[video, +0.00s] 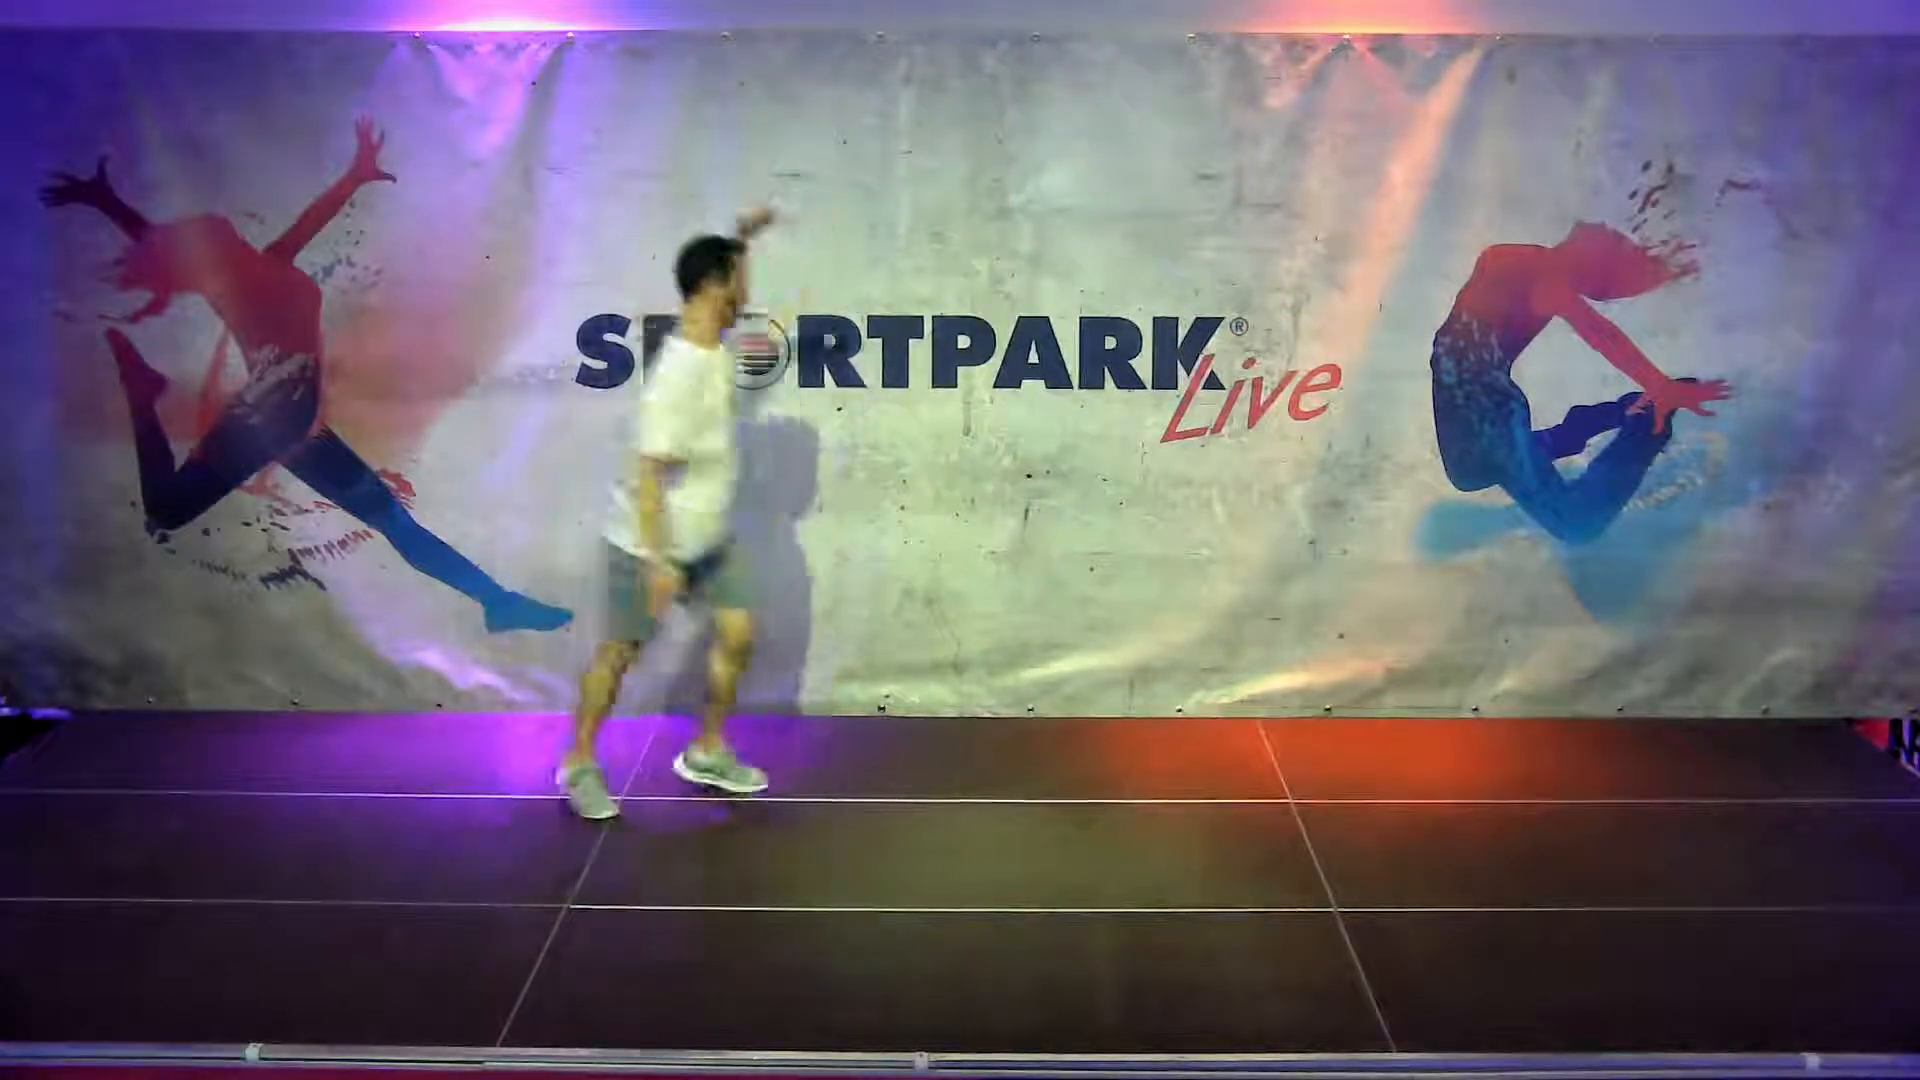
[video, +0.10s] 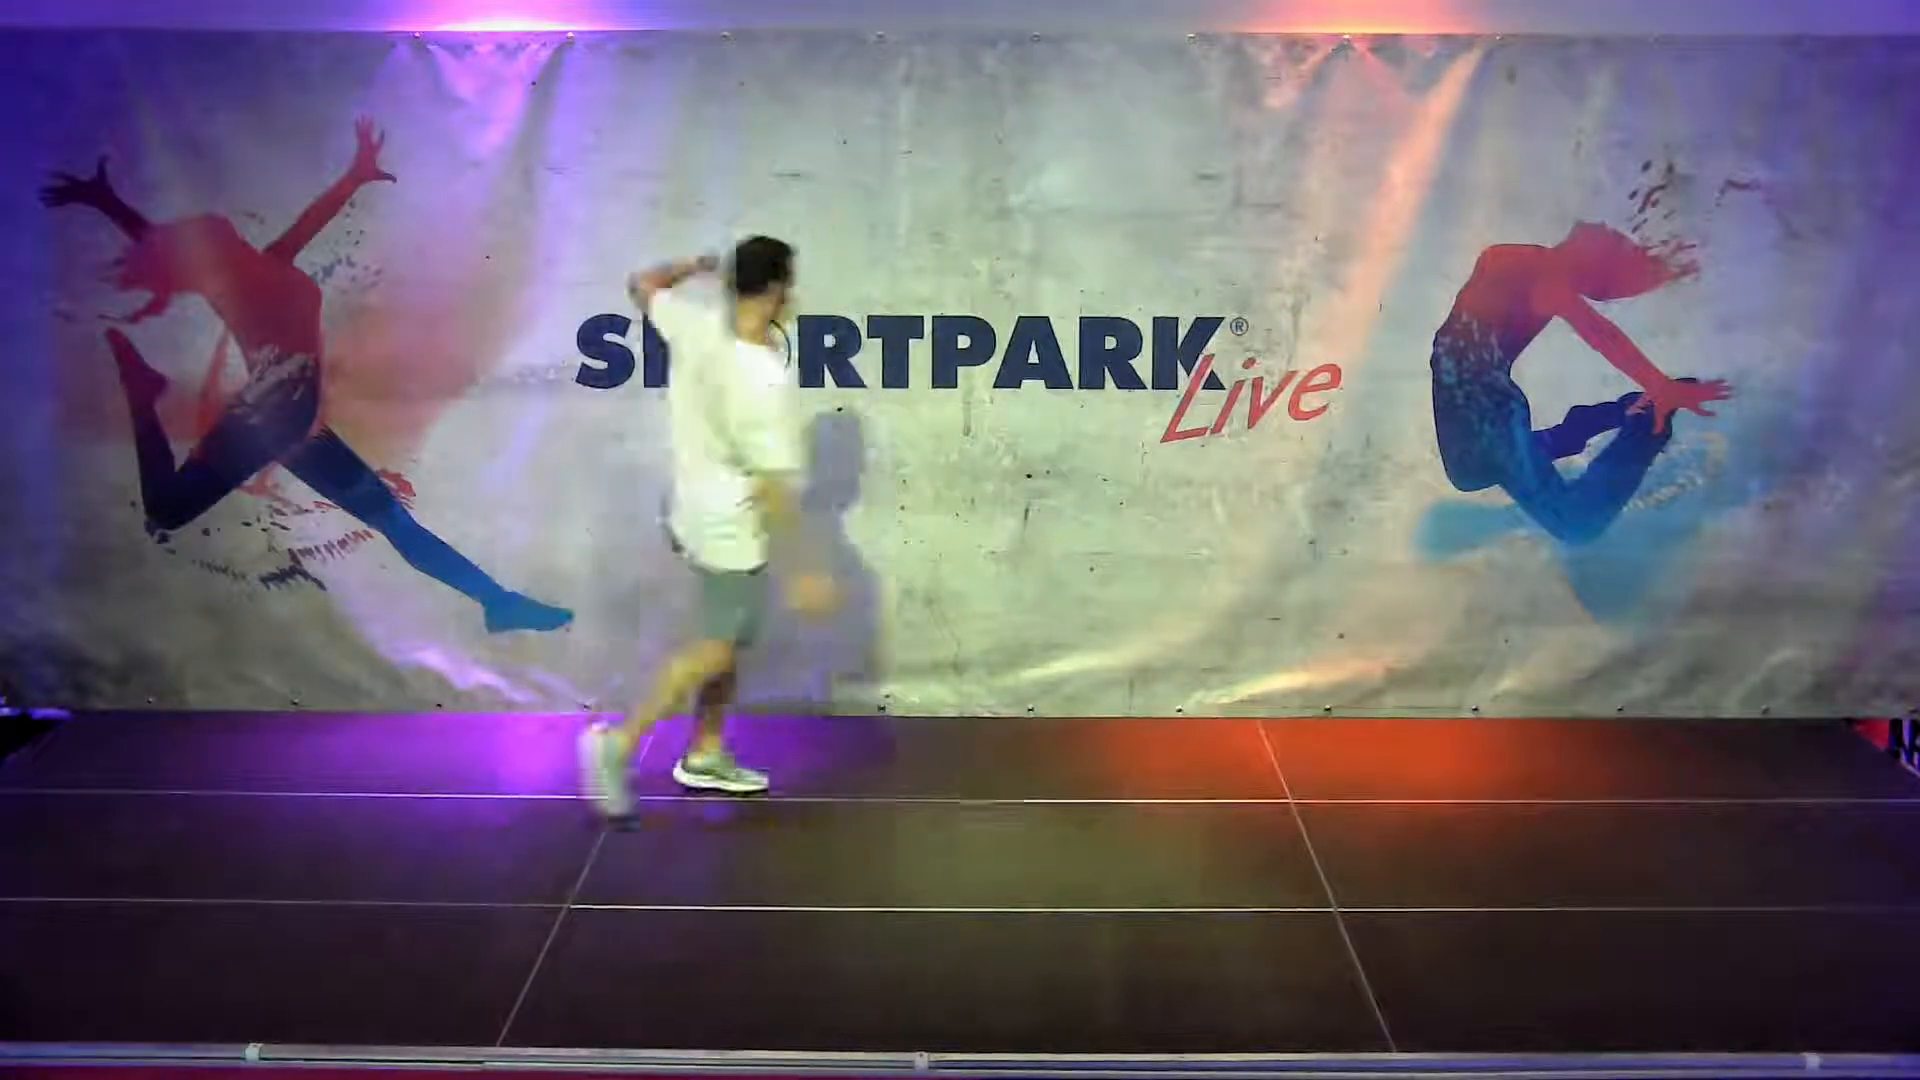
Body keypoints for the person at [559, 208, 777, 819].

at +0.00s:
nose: (744, 289)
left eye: (742, 277)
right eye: (737, 278)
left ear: (702, 287)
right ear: (713, 286)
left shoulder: (712, 349)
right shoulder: (677, 369)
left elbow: (728, 290)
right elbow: (650, 469)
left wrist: (745, 239)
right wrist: (658, 557)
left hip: (704, 528)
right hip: (648, 533)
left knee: (737, 632)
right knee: (619, 649)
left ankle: (709, 748)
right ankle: (580, 761)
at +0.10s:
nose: (789, 296)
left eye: (786, 286)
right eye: (786, 287)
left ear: (735, 285)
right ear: (774, 291)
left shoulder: (693, 326)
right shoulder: (759, 371)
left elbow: (643, 286)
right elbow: (773, 482)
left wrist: (688, 267)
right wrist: (805, 565)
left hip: (699, 508)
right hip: (731, 518)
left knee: (730, 635)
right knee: (718, 644)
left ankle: (706, 754)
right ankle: (619, 742)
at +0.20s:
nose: (846, 299)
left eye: (843, 290)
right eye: (844, 291)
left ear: (797, 285)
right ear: (837, 295)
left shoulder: (743, 315)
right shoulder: (823, 381)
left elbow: (662, 311)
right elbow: (867, 481)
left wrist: (653, 308)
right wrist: (911, 530)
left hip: (712, 502)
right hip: (765, 516)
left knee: (735, 616)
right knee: (806, 632)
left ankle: (714, 749)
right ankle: (726, 747)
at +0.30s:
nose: (889, 320)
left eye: (887, 310)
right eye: (888, 311)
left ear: (839, 302)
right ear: (881, 312)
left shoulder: (776, 338)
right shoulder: (867, 388)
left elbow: (703, 342)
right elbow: (932, 469)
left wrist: (651, 337)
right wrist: (994, 484)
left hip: (733, 516)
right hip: (798, 528)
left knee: (750, 626)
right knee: (873, 624)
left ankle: (725, 758)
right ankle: (876, 764)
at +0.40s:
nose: (923, 335)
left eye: (911, 323)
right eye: (923, 326)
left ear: (867, 322)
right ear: (917, 330)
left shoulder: (821, 371)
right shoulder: (918, 406)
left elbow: (740, 371)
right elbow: (1005, 451)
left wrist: (666, 352)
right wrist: (1066, 453)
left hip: (788, 545)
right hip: (858, 558)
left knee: (769, 646)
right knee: (939, 630)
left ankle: (726, 767)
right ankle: (979, 760)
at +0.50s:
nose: (954, 317)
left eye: (941, 307)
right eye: (959, 308)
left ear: (916, 313)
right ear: (963, 314)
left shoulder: (878, 376)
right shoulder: (988, 387)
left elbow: (793, 394)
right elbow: (1068, 416)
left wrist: (730, 379)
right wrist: (1119, 425)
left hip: (870, 549)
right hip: (944, 557)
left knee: (814, 640)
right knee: (999, 640)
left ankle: (749, 757)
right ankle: (1000, 767)